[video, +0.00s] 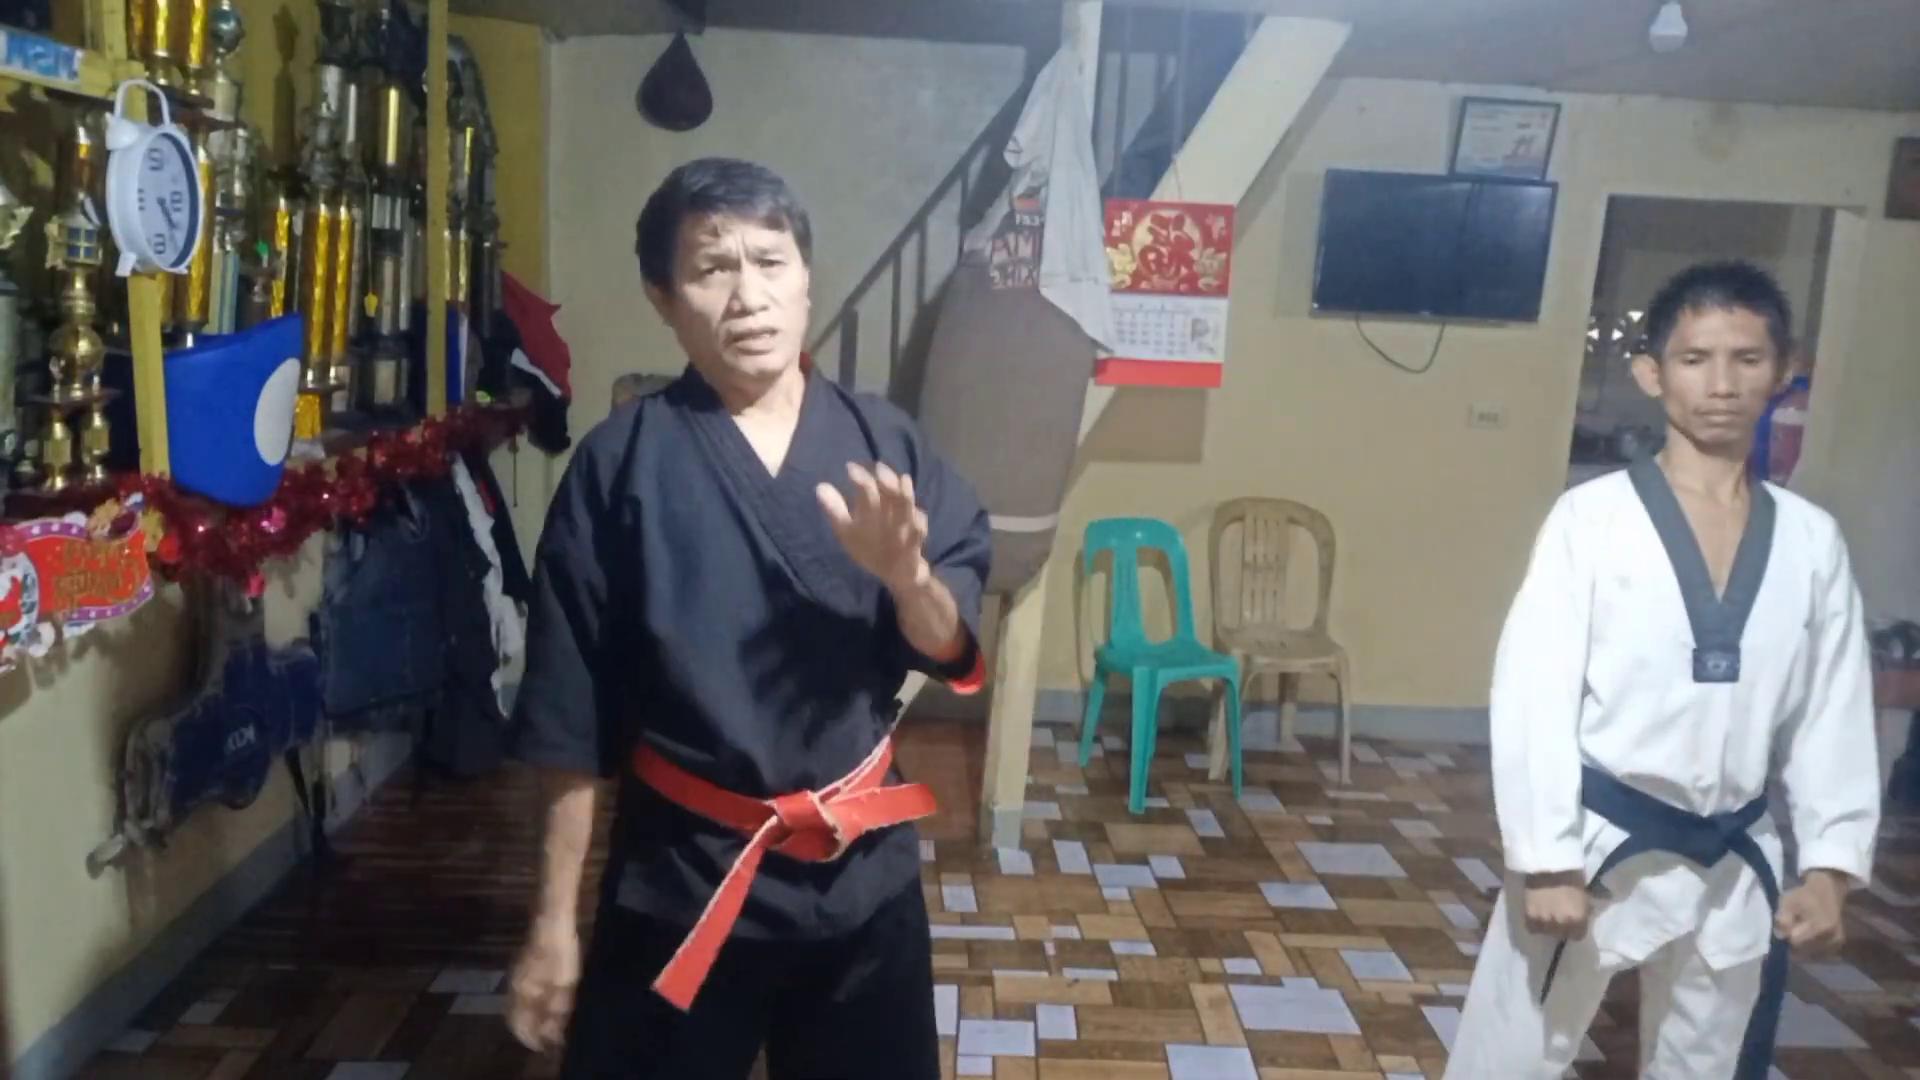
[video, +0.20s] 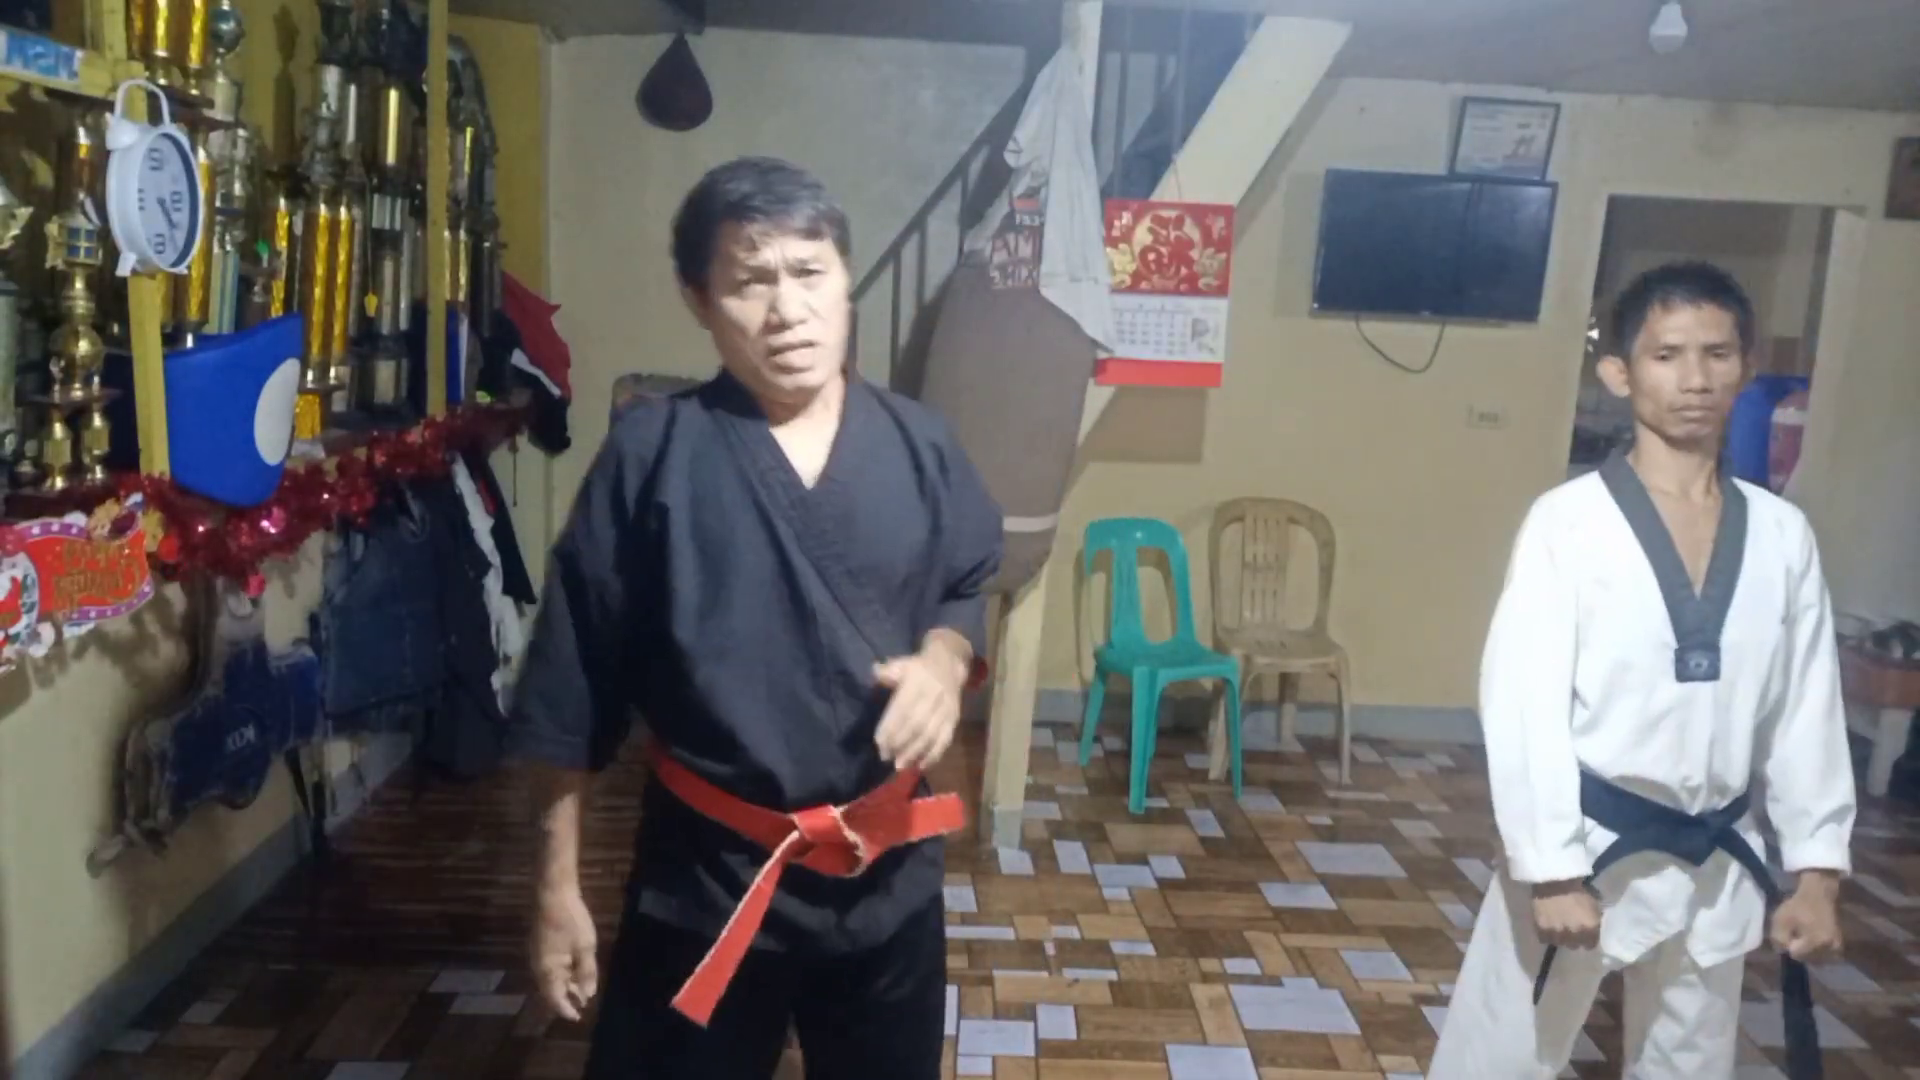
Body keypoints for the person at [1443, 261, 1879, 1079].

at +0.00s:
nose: (1722, 383)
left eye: (1747, 358)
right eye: (1695, 358)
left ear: (1780, 376)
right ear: (1651, 375)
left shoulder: (1813, 540)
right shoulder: (1589, 520)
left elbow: (1835, 712)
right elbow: (1532, 691)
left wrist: (1831, 864)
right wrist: (1547, 860)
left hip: (1735, 871)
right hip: (1592, 855)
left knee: (1701, 1070)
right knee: (1507, 1063)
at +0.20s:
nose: (1697, 377)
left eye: (1718, 353)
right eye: (1667, 354)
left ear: (1744, 370)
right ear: (1617, 375)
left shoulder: (1782, 533)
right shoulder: (1566, 523)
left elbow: (1808, 710)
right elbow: (1522, 701)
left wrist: (1818, 871)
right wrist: (1552, 870)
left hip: (1719, 864)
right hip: (1580, 857)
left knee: (1688, 1068)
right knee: (1501, 1062)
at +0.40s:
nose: (1688, 378)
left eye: (1706, 354)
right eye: (1658, 354)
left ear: (1732, 372)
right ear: (1604, 376)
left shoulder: (1771, 530)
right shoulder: (1559, 526)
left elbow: (1805, 704)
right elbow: (1527, 705)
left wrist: (1830, 864)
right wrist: (1566, 877)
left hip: (1717, 866)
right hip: (1580, 861)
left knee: (1696, 1069)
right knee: (1513, 1063)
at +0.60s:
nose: (1705, 379)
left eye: (1722, 356)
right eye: (1675, 356)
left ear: (1741, 370)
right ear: (1617, 375)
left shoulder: (1773, 531)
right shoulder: (1568, 525)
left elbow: (1803, 706)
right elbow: (1533, 704)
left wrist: (1822, 866)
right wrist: (1572, 877)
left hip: (1722, 869)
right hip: (1585, 865)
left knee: (1696, 1068)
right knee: (1518, 1063)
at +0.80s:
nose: (1734, 388)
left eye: (1751, 364)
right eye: (1705, 362)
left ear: (1768, 374)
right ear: (1643, 373)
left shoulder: (1785, 535)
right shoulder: (1588, 523)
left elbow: (1808, 711)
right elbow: (1549, 702)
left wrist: (1821, 868)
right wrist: (1591, 876)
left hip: (1734, 871)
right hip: (1596, 863)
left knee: (1701, 1071)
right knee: (1529, 1067)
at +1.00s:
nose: (1731, 389)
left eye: (1750, 364)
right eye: (1703, 363)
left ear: (1768, 374)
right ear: (1642, 374)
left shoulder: (1793, 534)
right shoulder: (1587, 524)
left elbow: (1820, 709)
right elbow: (1552, 704)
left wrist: (1837, 871)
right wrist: (1607, 879)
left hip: (1735, 869)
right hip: (1595, 861)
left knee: (1710, 1070)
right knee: (1526, 1065)